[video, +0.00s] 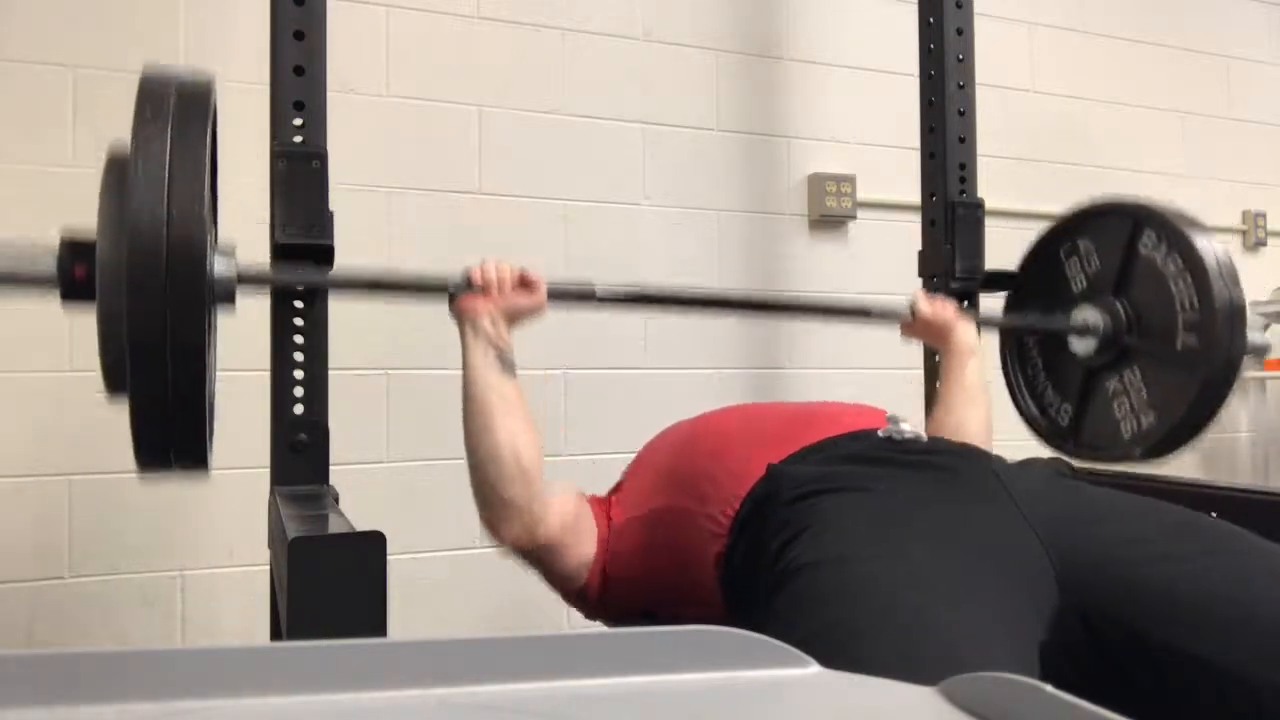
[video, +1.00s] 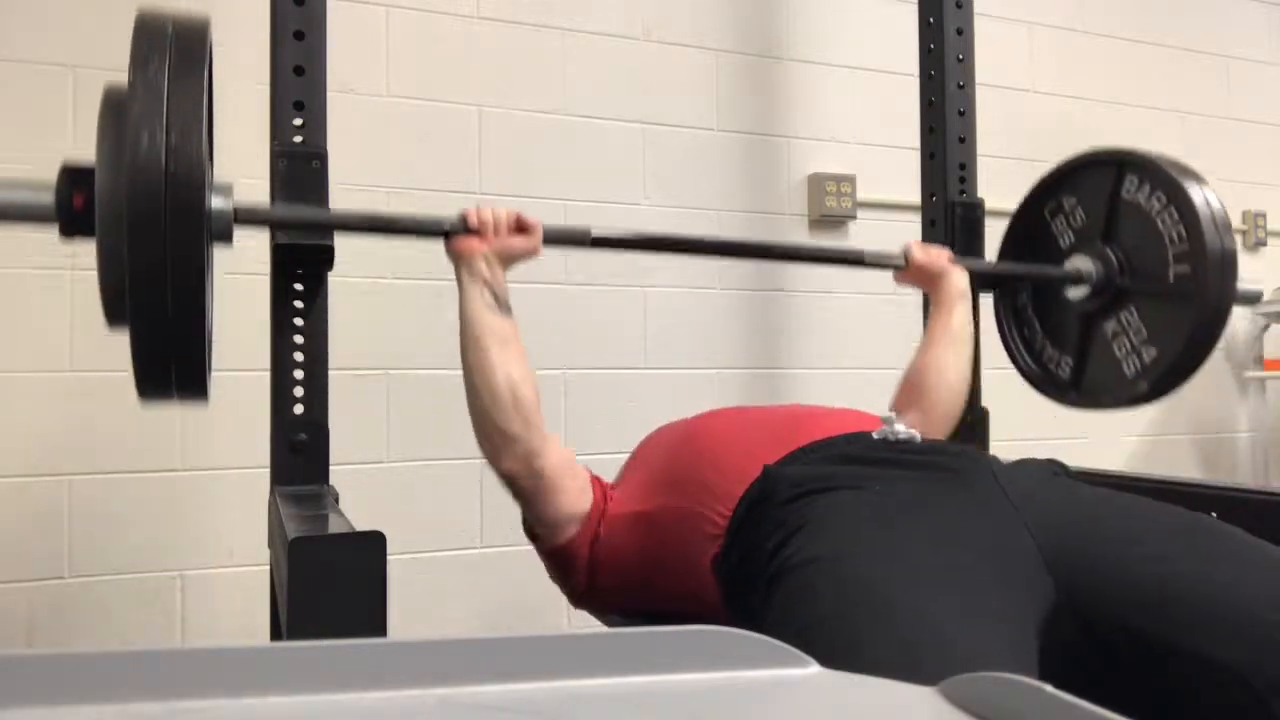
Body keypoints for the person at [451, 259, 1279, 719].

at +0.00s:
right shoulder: (615, 543)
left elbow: (961, 468)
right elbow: (519, 508)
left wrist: (962, 347)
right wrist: (483, 340)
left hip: (1032, 488)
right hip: (852, 504)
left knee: (1273, 619)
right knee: (929, 680)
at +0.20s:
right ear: (650, 487)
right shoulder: (633, 519)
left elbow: (1014, 515)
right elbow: (547, 618)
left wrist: (983, 428)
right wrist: (495, 441)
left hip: (1017, 481)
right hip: (855, 499)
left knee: (1277, 622)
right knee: (942, 694)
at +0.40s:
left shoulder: (849, 425)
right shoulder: (613, 544)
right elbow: (555, 635)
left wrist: (986, 457)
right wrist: (498, 499)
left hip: (1035, 487)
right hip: (856, 506)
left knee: (1274, 607)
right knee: (929, 700)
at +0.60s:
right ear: (642, 495)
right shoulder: (631, 522)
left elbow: (1006, 496)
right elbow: (551, 597)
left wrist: (985, 400)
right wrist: (495, 425)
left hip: (1030, 478)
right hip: (855, 497)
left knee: (1276, 621)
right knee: (944, 687)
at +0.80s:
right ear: (643, 492)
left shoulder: (863, 439)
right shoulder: (617, 544)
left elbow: (965, 464)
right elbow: (516, 505)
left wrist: (966, 339)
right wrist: (485, 342)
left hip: (1043, 482)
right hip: (857, 505)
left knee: (1273, 620)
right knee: (934, 673)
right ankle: (977, 703)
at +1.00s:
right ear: (618, 499)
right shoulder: (606, 534)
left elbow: (921, 423)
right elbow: (518, 440)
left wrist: (952, 294)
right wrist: (480, 282)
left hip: (1013, 482)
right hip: (838, 503)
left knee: (1274, 612)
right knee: (936, 692)